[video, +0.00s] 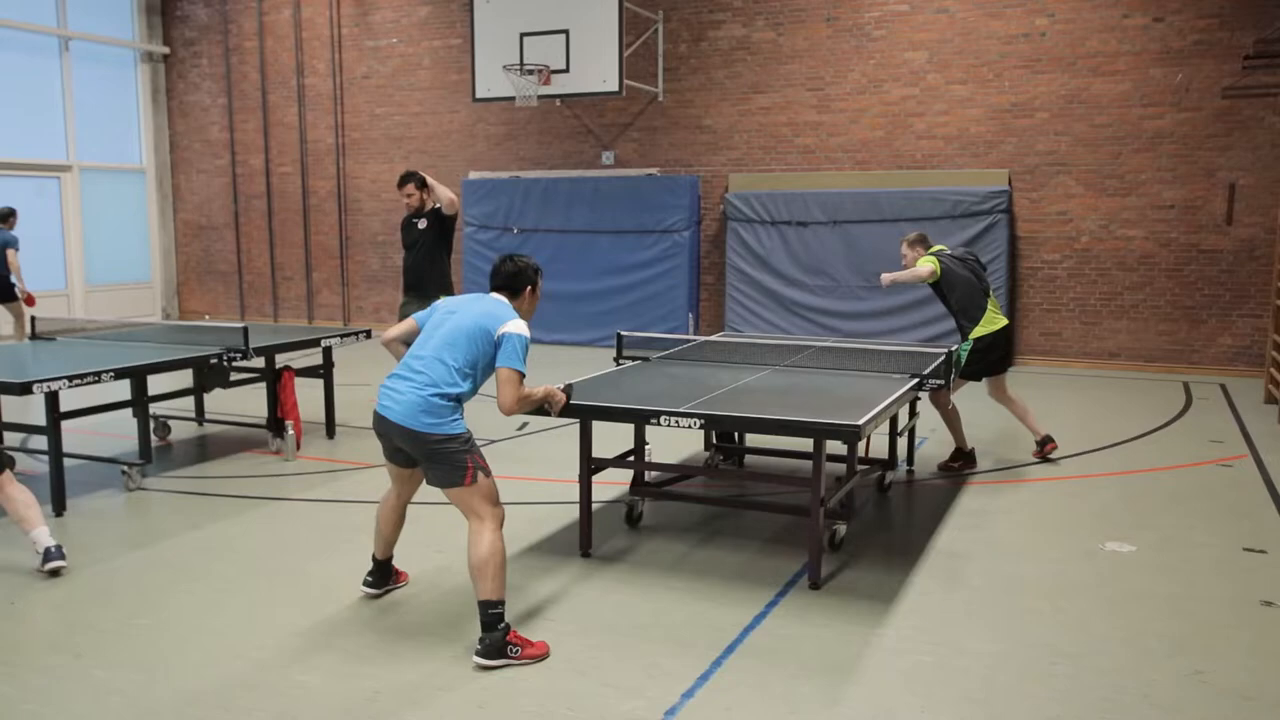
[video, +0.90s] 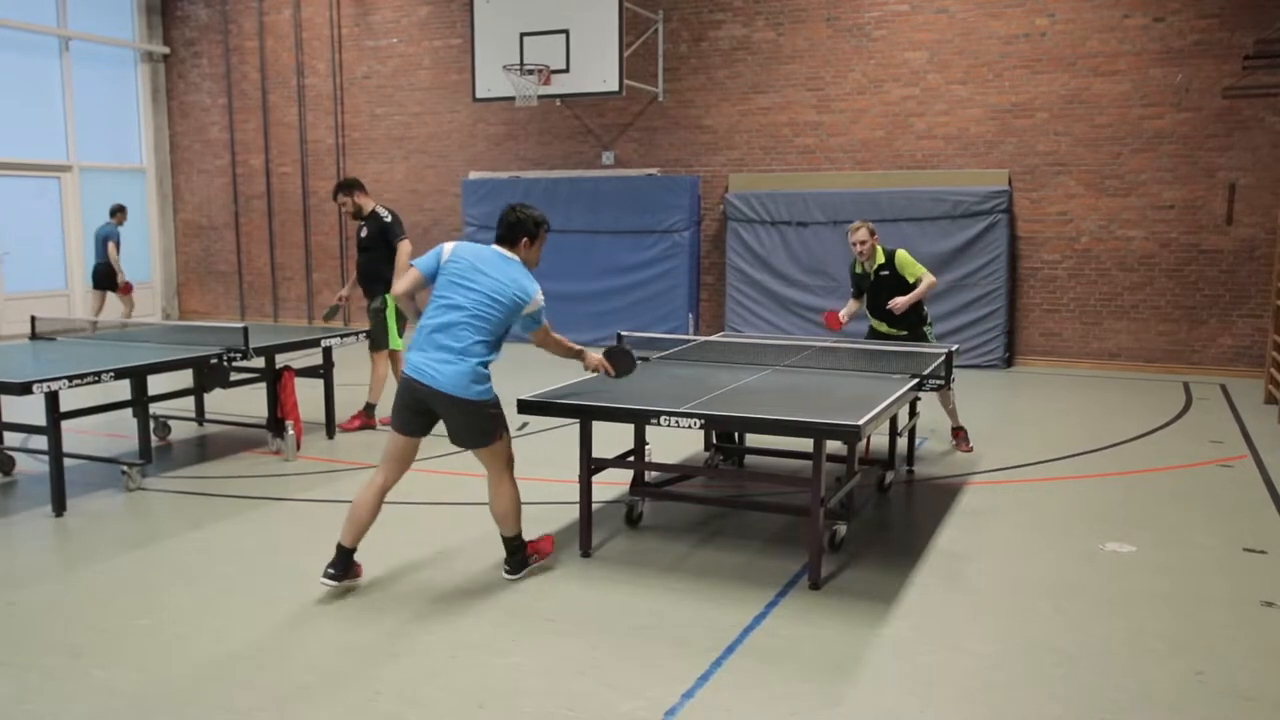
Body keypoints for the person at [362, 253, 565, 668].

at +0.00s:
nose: (538, 298)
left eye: (538, 291)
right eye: (538, 291)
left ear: (494, 287)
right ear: (528, 291)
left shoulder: (450, 303)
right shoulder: (513, 323)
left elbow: (391, 337)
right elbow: (510, 403)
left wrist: (423, 370)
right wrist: (544, 394)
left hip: (389, 411)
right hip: (434, 422)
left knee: (401, 486)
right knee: (487, 516)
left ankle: (379, 572)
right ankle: (495, 637)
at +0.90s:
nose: (541, 255)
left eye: (542, 245)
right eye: (541, 245)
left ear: (504, 237)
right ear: (526, 243)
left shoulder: (453, 250)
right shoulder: (526, 287)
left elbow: (400, 289)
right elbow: (542, 337)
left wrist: (424, 324)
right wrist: (582, 354)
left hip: (416, 376)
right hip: (465, 388)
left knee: (385, 472)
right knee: (500, 468)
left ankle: (341, 560)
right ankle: (516, 555)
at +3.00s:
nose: (486, 266)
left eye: (491, 254)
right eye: (478, 253)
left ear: (450, 243)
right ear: (443, 244)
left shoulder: (424, 272)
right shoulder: (412, 299)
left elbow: (399, 341)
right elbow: (366, 396)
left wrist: (440, 374)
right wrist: (444, 441)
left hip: (334, 425)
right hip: (359, 438)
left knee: (358, 535)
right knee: (424, 546)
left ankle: (319, 653)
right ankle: (414, 691)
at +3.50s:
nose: (539, 368)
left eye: (541, 359)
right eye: (541, 359)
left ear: (499, 345)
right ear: (531, 356)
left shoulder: (454, 352)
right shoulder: (513, 383)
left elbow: (387, 363)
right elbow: (526, 461)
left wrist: (391, 419)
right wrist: (545, 421)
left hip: (374, 446)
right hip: (416, 456)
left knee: (413, 494)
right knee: (506, 520)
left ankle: (378, 579)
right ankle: (502, 639)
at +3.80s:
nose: (537, 356)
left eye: (539, 348)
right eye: (539, 347)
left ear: (499, 333)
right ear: (530, 343)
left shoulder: (453, 341)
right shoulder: (511, 371)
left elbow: (389, 356)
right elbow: (523, 451)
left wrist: (392, 410)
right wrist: (545, 412)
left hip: (376, 439)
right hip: (419, 449)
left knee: (412, 490)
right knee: (503, 520)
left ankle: (378, 579)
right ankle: (501, 639)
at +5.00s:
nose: (638, 306)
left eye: (640, 299)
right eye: (638, 298)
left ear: (604, 286)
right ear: (619, 295)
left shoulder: (551, 294)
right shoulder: (614, 337)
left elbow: (488, 314)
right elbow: (654, 386)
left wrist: (491, 368)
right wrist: (708, 375)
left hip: (504, 420)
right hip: (553, 430)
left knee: (453, 500)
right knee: (617, 466)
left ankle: (391, 574)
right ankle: (629, 563)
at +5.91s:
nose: (631, 273)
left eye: (630, 264)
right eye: (632, 265)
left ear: (582, 258)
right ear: (624, 266)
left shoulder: (537, 299)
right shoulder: (611, 314)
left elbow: (485, 357)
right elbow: (649, 397)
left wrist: (493, 423)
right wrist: (729, 421)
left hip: (517, 461)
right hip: (578, 464)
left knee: (465, 558)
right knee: (650, 553)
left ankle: (385, 654)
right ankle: (688, 681)